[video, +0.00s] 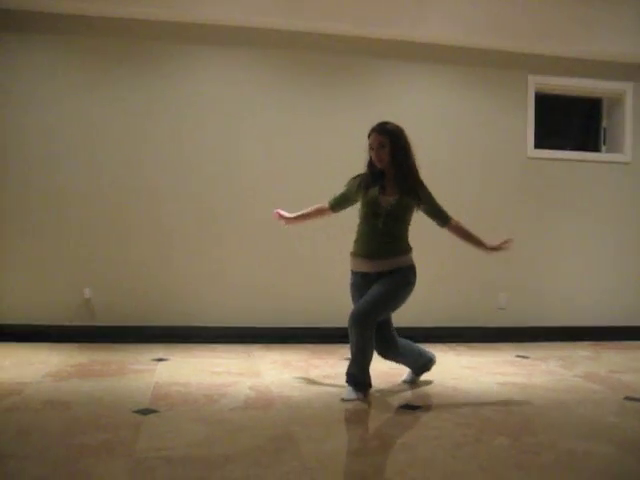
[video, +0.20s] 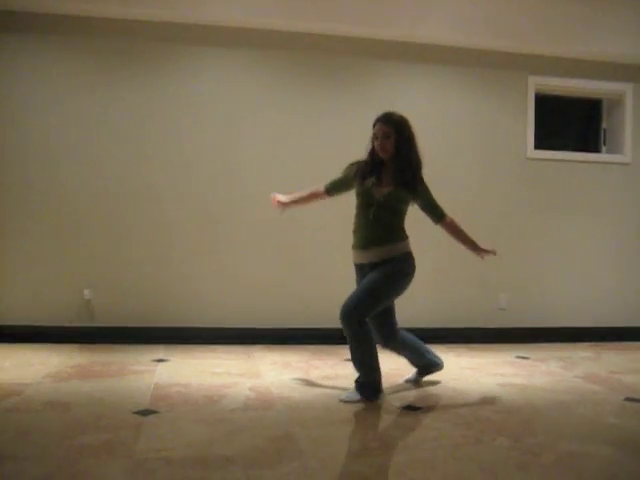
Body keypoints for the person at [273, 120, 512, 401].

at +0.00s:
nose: (374, 153)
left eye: (381, 148)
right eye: (371, 147)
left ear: (396, 150)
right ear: (368, 150)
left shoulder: (411, 187)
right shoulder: (364, 183)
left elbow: (445, 221)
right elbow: (331, 206)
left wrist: (485, 246)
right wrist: (293, 218)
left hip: (397, 273)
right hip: (362, 273)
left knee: (359, 318)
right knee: (384, 344)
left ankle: (358, 386)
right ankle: (423, 361)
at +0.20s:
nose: (379, 143)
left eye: (386, 138)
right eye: (376, 137)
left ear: (400, 141)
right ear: (371, 139)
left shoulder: (408, 179)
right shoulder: (361, 171)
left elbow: (441, 218)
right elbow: (326, 191)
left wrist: (475, 247)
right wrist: (288, 201)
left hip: (395, 264)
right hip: (365, 265)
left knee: (351, 313)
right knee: (387, 335)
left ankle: (369, 388)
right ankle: (428, 362)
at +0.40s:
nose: (380, 127)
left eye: (387, 121)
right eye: (375, 121)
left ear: (399, 126)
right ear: (370, 123)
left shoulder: (406, 165)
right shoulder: (359, 156)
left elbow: (446, 200)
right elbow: (323, 167)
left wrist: (487, 227)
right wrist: (283, 168)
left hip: (394, 251)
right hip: (369, 253)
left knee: (356, 315)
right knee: (395, 318)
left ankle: (373, 390)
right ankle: (430, 362)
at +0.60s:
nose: (379, 113)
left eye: (387, 107)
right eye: (375, 107)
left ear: (398, 113)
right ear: (369, 111)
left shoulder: (405, 148)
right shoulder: (367, 145)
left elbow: (451, 165)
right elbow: (344, 145)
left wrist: (499, 172)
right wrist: (319, 144)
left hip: (385, 236)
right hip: (376, 237)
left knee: (364, 313)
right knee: (397, 309)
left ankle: (374, 391)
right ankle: (429, 370)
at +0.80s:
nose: (378, 121)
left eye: (385, 116)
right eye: (376, 114)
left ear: (397, 120)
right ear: (371, 116)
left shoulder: (387, 149)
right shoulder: (406, 149)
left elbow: (387, 164)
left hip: (374, 231)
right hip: (401, 234)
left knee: (372, 314)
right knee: (397, 311)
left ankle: (369, 394)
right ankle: (428, 373)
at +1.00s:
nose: (381, 132)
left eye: (383, 127)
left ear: (386, 131)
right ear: (419, 132)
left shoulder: (378, 161)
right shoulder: (425, 163)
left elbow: (345, 194)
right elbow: (465, 166)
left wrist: (314, 230)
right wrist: (438, 144)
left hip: (376, 244)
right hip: (412, 247)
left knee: (371, 317)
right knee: (398, 308)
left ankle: (367, 396)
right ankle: (403, 375)